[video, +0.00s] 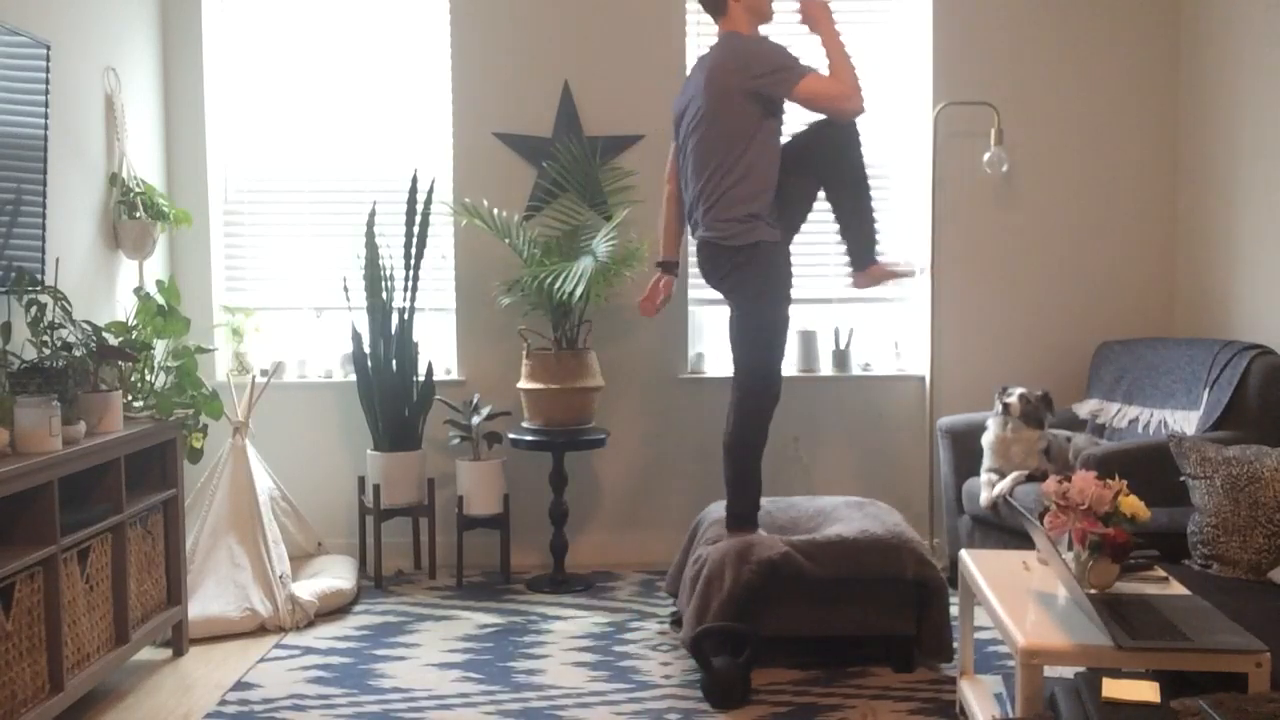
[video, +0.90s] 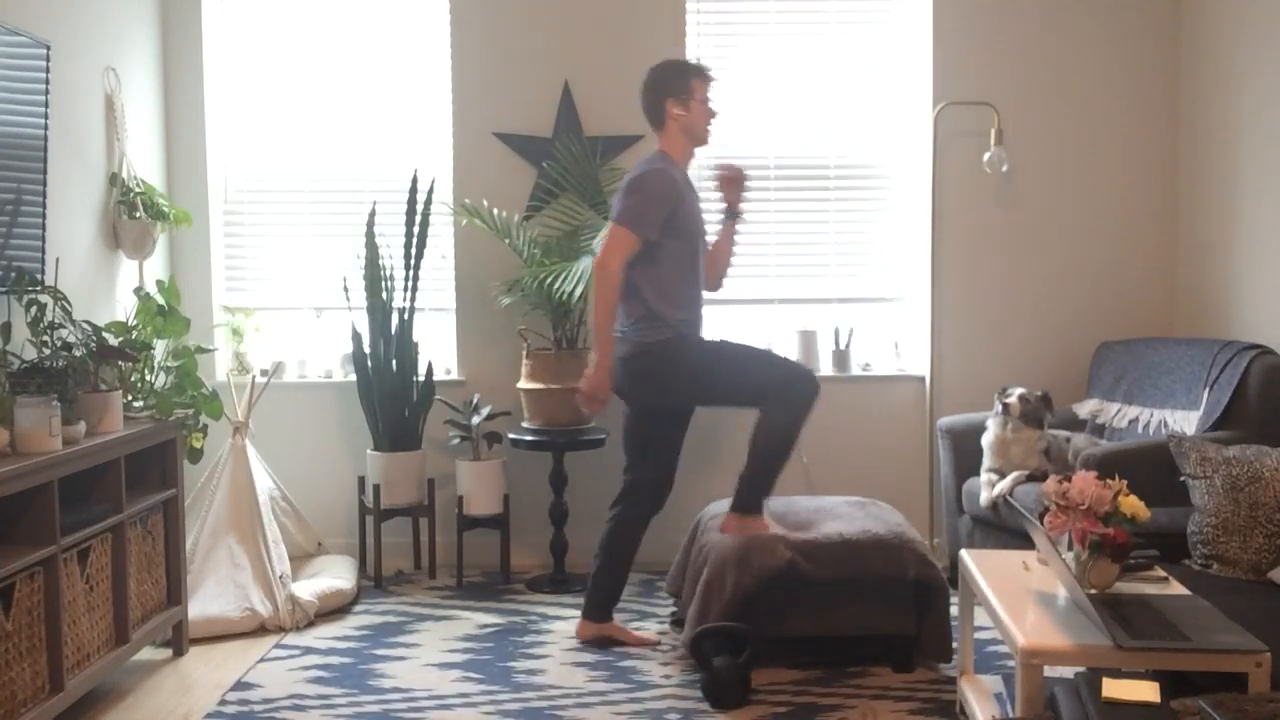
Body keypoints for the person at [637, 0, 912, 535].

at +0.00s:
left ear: (719, 8)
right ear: (740, 1)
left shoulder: (696, 79)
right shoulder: (749, 52)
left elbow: (675, 182)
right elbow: (847, 100)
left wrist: (667, 265)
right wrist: (826, 30)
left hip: (720, 244)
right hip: (750, 245)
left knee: (832, 135)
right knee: (757, 393)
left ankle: (865, 262)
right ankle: (742, 534)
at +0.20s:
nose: (771, 2)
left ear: (724, 10)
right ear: (741, 4)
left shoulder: (695, 76)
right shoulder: (748, 59)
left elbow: (673, 181)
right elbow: (816, 137)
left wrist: (691, 255)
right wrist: (834, 73)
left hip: (714, 240)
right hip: (743, 246)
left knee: (859, 192)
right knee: (755, 397)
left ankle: (832, 323)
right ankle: (742, 541)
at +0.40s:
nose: (766, 2)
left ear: (720, 10)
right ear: (732, 4)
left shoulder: (713, 68)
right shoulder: (731, 67)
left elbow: (710, 168)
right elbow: (726, 161)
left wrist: (793, 175)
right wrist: (808, 176)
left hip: (729, 252)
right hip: (723, 256)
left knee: (804, 356)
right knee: (766, 400)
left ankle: (705, 424)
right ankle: (739, 542)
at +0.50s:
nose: (765, 22)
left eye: (762, 12)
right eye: (755, 11)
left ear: (725, 24)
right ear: (727, 20)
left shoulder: (714, 88)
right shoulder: (722, 89)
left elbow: (709, 191)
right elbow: (700, 183)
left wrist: (772, 244)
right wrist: (773, 243)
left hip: (709, 273)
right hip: (720, 276)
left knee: (752, 401)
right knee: (787, 406)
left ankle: (659, 490)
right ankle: (740, 545)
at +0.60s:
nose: (758, 49)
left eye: (754, 38)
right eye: (750, 38)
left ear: (719, 51)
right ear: (722, 49)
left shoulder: (721, 123)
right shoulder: (710, 119)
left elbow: (729, 231)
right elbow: (679, 210)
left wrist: (796, 249)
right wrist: (732, 286)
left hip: (695, 302)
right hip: (703, 302)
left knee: (702, 433)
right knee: (799, 412)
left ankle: (635, 550)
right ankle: (741, 545)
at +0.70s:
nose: (747, 86)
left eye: (743, 75)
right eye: (738, 76)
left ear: (708, 87)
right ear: (709, 85)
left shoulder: (710, 158)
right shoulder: (696, 155)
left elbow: (722, 262)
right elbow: (656, 245)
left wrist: (792, 239)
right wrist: (684, 336)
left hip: (685, 331)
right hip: (696, 332)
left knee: (665, 467)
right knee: (805, 416)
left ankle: (617, 590)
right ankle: (742, 547)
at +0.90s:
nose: (712, 113)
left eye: (710, 102)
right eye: (704, 103)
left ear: (678, 111)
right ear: (674, 110)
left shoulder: (677, 184)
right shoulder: (656, 178)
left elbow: (711, 276)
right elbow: (608, 262)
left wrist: (732, 211)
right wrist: (601, 360)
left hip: (659, 358)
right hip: (660, 357)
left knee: (644, 489)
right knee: (796, 385)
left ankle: (596, 618)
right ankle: (746, 514)